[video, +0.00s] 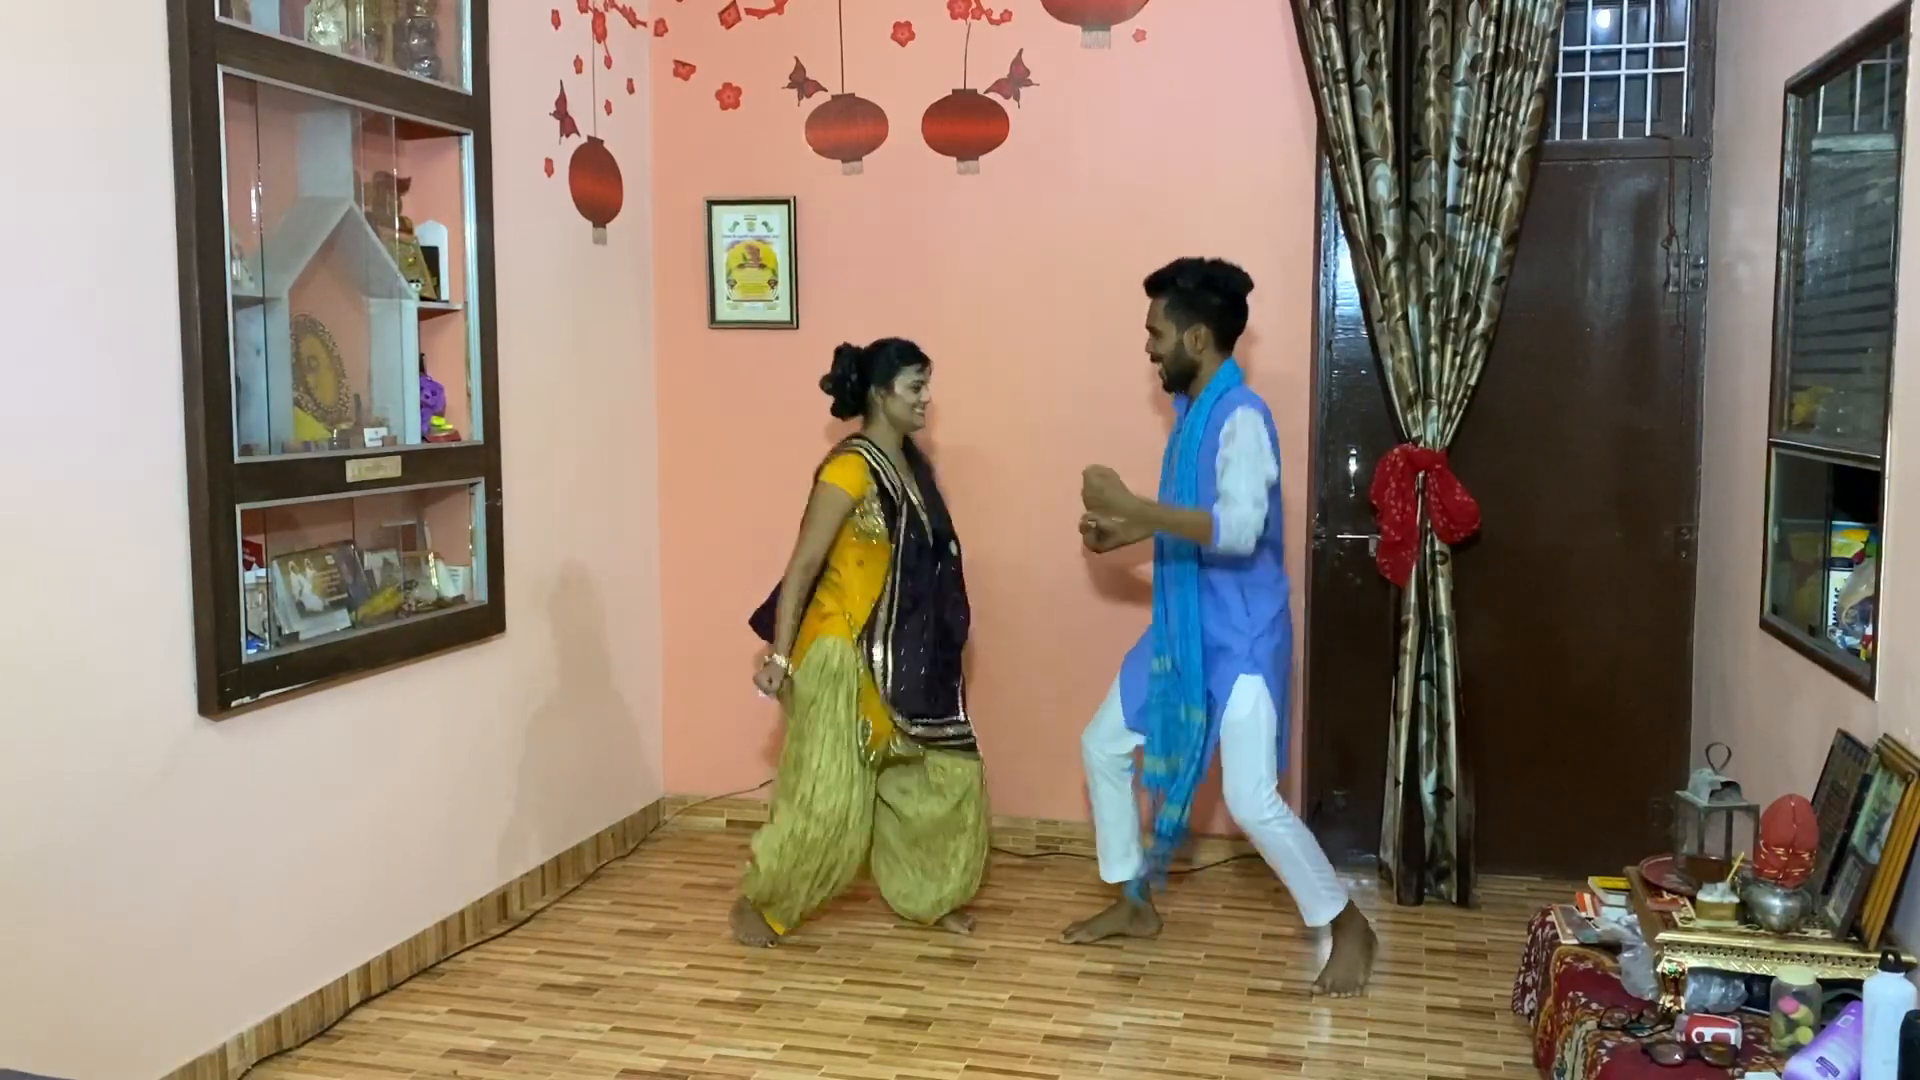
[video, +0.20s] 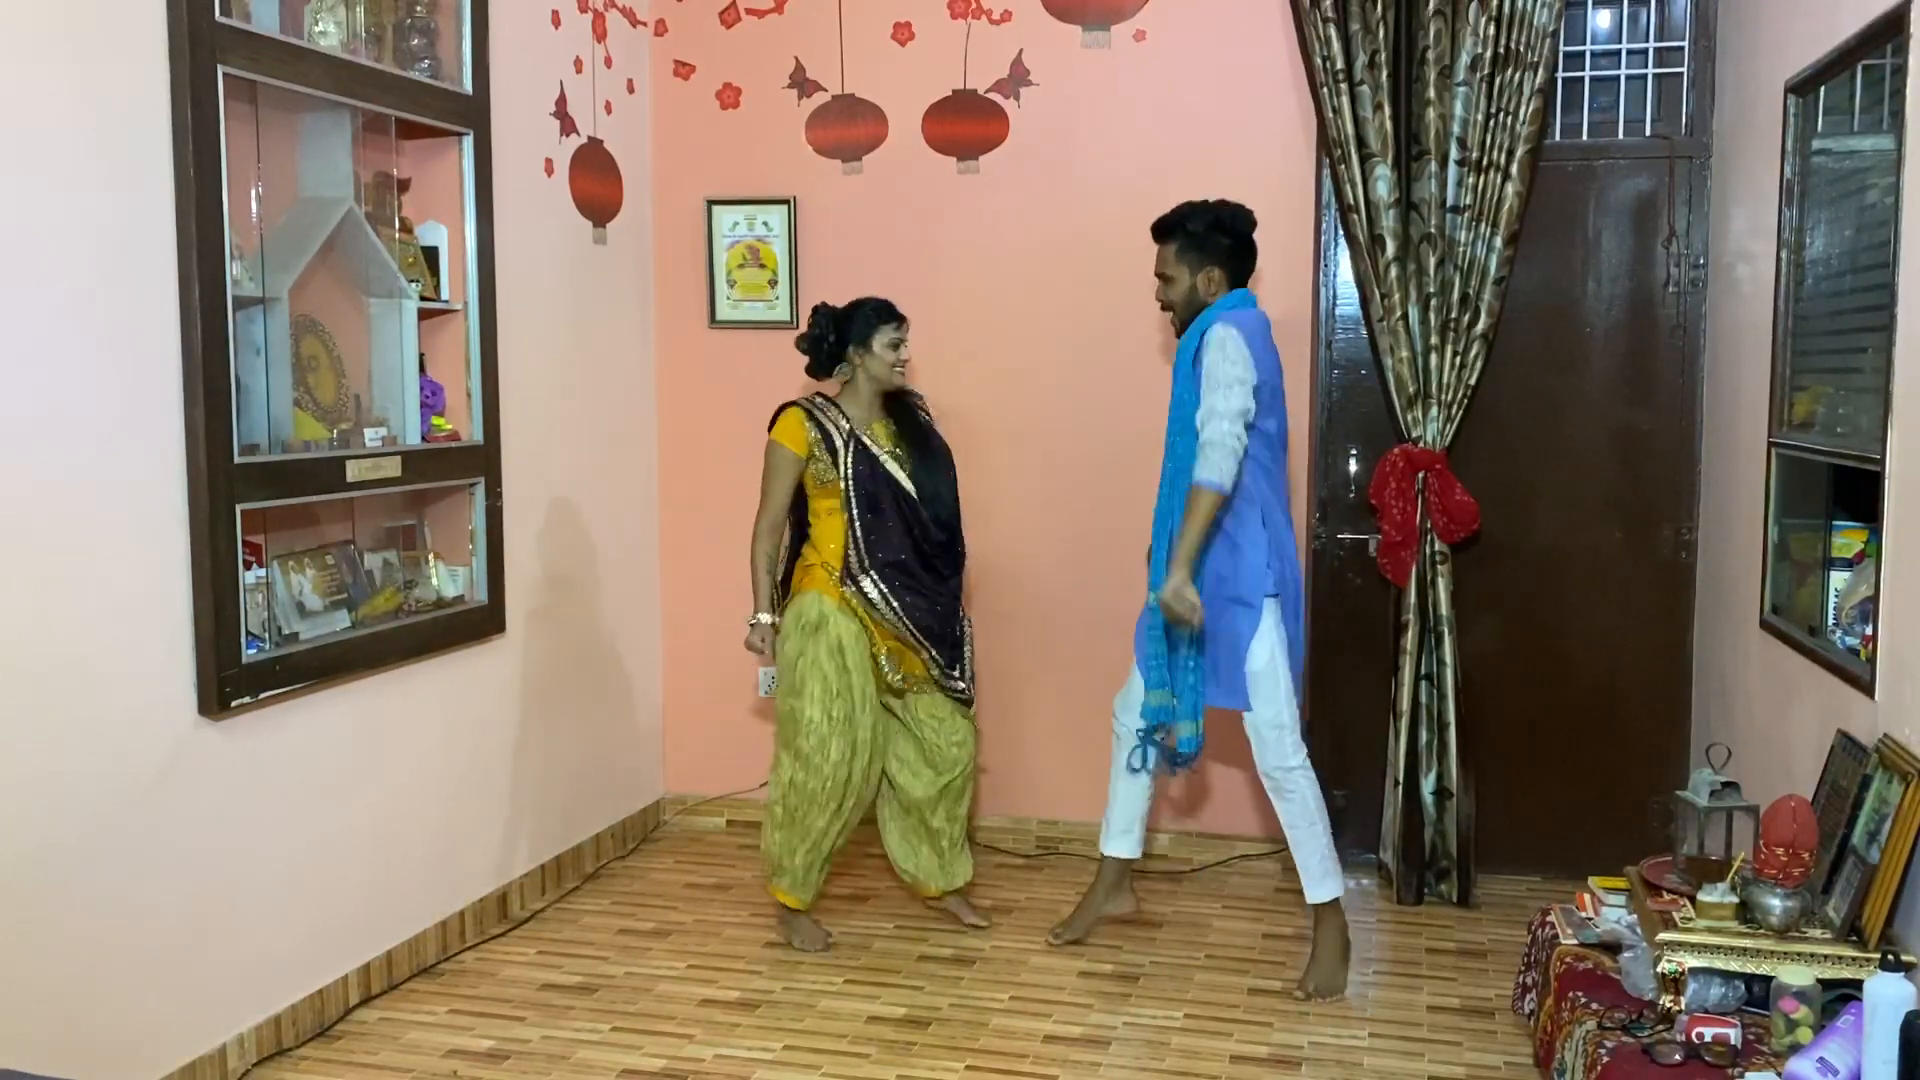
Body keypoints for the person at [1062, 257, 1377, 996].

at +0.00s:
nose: (1149, 346)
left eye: (1158, 331)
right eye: (1150, 331)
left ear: (1202, 334)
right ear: (1191, 333)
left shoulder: (1242, 418)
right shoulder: (1196, 414)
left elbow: (1240, 531)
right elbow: (1203, 524)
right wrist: (1129, 531)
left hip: (1241, 635)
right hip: (1182, 629)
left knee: (1251, 799)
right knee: (1104, 745)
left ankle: (1341, 922)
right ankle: (1132, 900)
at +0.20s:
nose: (1157, 286)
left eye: (1167, 270)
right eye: (1158, 270)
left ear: (1207, 271)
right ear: (1212, 272)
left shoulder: (1229, 337)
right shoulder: (1220, 333)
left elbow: (1218, 461)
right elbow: (1221, 462)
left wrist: (1180, 568)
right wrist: (1184, 566)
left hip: (1242, 572)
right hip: (1198, 572)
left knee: (1279, 750)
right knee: (1134, 711)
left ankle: (1328, 919)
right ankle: (1114, 874)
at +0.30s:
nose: (1166, 303)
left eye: (1178, 288)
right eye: (1168, 288)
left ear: (1222, 292)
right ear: (1217, 293)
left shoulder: (1237, 375)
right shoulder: (1210, 367)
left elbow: (1252, 507)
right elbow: (1185, 493)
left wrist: (1244, 631)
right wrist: (1115, 552)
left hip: (1250, 609)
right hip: (1196, 604)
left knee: (1283, 769)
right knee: (1141, 738)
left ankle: (1336, 933)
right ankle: (1129, 903)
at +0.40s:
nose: (1168, 308)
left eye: (1179, 294)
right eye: (1170, 293)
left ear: (1226, 299)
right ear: (1217, 299)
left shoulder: (1254, 388)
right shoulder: (1213, 382)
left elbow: (1290, 517)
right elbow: (1176, 468)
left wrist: (1296, 642)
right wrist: (1074, 451)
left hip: (1247, 619)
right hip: (1190, 613)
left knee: (1281, 773)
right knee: (1129, 733)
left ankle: (1340, 937)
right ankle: (1130, 904)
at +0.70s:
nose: (1171, 303)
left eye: (1183, 290)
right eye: (1173, 289)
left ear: (1230, 300)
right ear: (1220, 300)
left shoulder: (1297, 399)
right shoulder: (1172, 383)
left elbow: (1320, 518)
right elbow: (1086, 448)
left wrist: (1266, 569)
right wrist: (1031, 383)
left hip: (1246, 610)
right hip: (1158, 603)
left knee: (1283, 765)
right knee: (1114, 739)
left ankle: (1333, 931)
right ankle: (1115, 902)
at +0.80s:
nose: (1174, 304)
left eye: (1185, 291)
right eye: (1176, 290)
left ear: (1232, 298)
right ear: (1214, 296)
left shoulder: (1283, 397)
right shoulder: (1178, 380)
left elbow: (1243, 493)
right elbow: (1098, 454)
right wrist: (1042, 410)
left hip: (1237, 609)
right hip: (1156, 603)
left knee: (1278, 757)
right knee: (1106, 738)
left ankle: (1333, 932)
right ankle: (1115, 903)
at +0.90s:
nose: (1175, 305)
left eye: (1186, 291)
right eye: (1176, 290)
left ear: (1231, 297)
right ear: (1214, 297)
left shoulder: (1256, 378)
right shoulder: (1190, 386)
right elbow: (1124, 465)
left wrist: (1079, 353)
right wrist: (1053, 431)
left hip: (1226, 599)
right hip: (1158, 595)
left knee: (1277, 754)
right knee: (1111, 731)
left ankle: (1337, 932)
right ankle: (1116, 904)